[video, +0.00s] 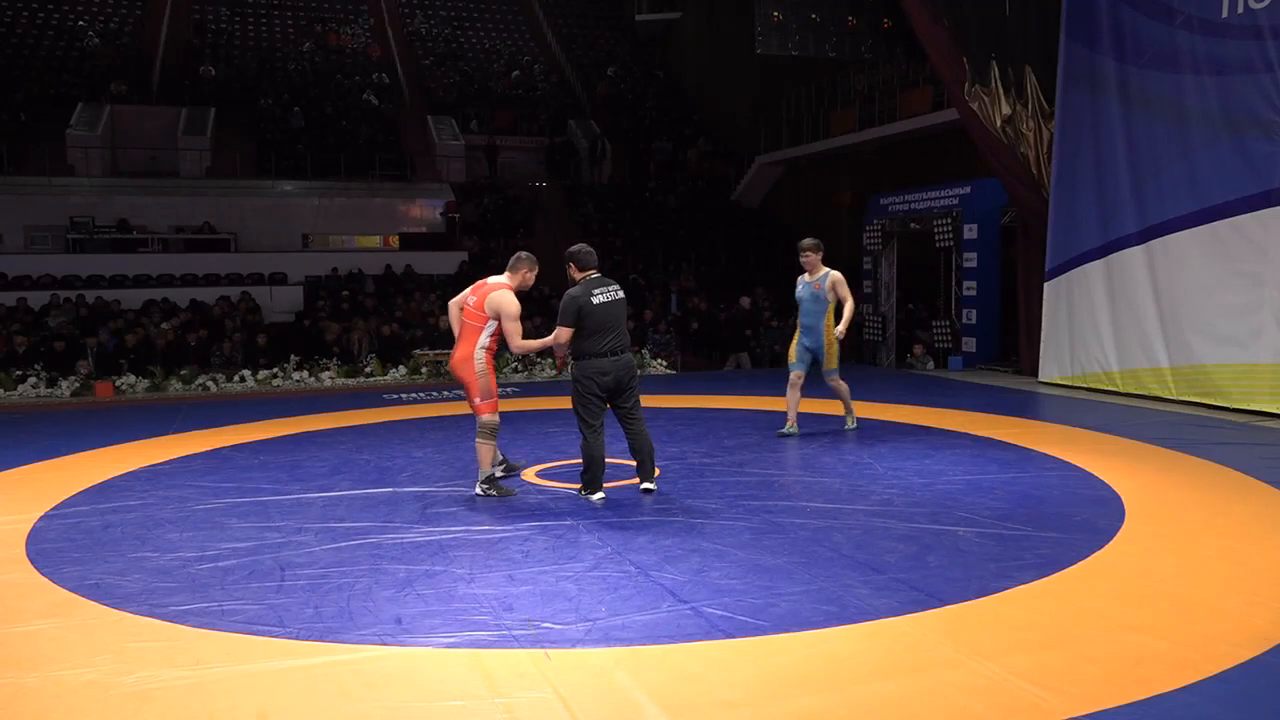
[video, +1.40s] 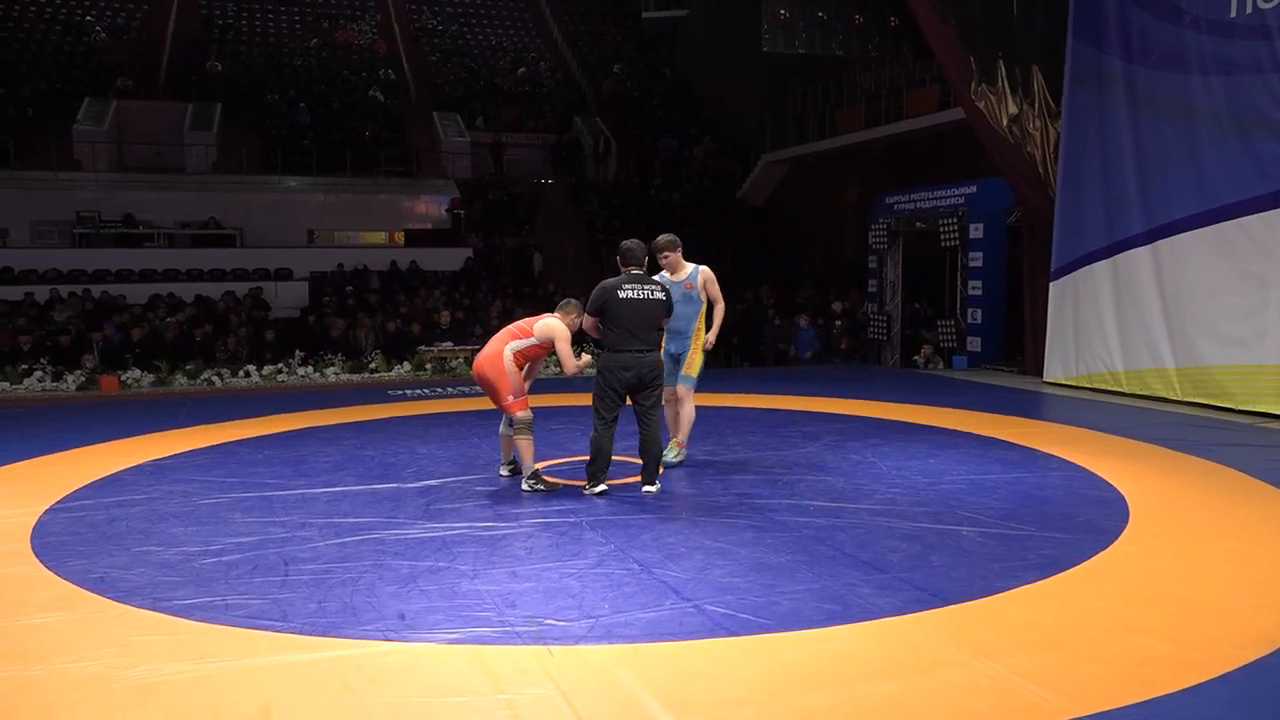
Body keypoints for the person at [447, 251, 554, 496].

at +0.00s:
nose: (534, 280)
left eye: (535, 276)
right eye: (534, 275)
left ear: (511, 269)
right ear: (525, 273)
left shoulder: (485, 283)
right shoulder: (508, 301)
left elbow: (454, 304)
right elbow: (517, 346)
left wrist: (461, 339)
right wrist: (551, 340)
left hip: (461, 358)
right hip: (475, 361)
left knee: (485, 414)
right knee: (489, 421)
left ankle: (497, 462)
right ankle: (485, 481)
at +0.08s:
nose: (539, 281)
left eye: (539, 277)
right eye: (539, 276)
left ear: (517, 271)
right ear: (529, 274)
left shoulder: (493, 285)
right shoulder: (512, 301)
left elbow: (462, 306)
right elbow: (516, 345)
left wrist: (470, 338)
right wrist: (550, 341)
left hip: (470, 358)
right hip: (479, 361)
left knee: (491, 415)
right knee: (494, 420)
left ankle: (501, 465)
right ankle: (485, 480)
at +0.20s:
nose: (544, 283)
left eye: (545, 279)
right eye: (544, 279)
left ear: (525, 273)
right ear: (535, 276)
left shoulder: (505, 288)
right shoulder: (514, 297)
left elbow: (513, 337)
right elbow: (516, 340)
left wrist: (545, 340)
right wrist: (549, 340)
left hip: (478, 360)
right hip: (482, 362)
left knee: (501, 413)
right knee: (510, 417)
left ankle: (501, 463)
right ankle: (490, 474)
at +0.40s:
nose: (555, 289)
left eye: (555, 284)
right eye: (555, 284)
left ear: (536, 278)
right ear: (547, 281)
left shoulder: (515, 292)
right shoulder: (526, 298)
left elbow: (515, 336)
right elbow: (519, 337)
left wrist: (544, 354)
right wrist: (545, 353)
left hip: (478, 359)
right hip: (488, 360)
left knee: (505, 412)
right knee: (522, 409)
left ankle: (504, 465)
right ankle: (514, 466)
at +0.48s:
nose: (560, 294)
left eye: (561, 290)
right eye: (560, 289)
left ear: (540, 283)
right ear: (552, 286)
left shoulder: (522, 296)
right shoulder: (533, 302)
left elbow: (511, 342)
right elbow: (522, 340)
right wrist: (542, 360)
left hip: (480, 357)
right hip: (489, 359)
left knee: (503, 413)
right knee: (515, 415)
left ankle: (504, 464)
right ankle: (526, 473)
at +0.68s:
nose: (564, 319)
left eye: (566, 315)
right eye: (565, 314)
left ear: (549, 305)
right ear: (558, 309)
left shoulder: (532, 314)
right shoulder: (546, 320)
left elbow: (523, 358)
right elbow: (544, 360)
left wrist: (515, 382)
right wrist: (550, 375)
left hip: (478, 361)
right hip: (490, 363)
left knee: (505, 414)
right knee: (517, 418)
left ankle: (505, 462)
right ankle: (527, 476)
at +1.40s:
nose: (577, 326)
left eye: (579, 323)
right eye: (578, 322)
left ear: (558, 312)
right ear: (573, 318)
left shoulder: (542, 322)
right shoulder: (560, 329)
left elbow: (531, 369)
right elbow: (569, 369)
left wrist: (520, 390)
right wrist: (584, 362)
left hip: (483, 362)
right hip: (500, 363)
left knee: (510, 415)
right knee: (524, 418)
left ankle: (507, 463)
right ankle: (530, 477)